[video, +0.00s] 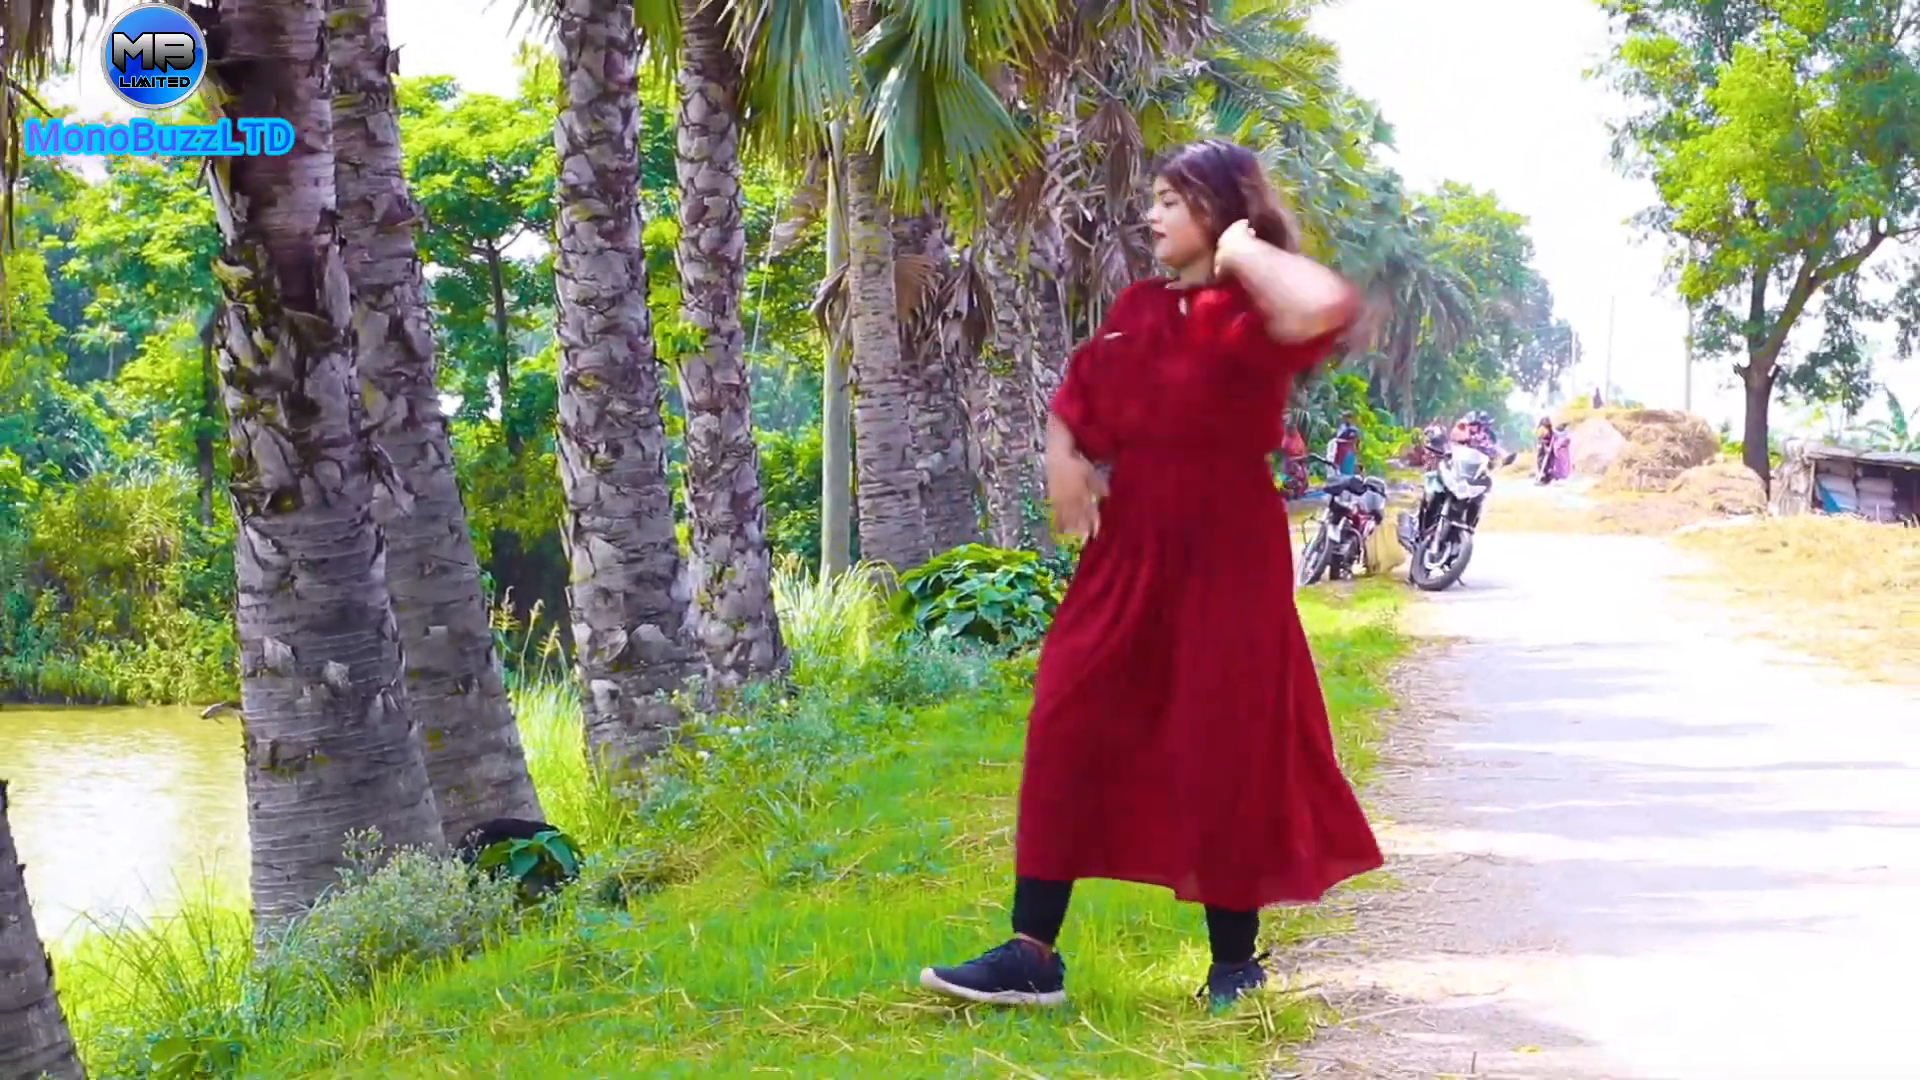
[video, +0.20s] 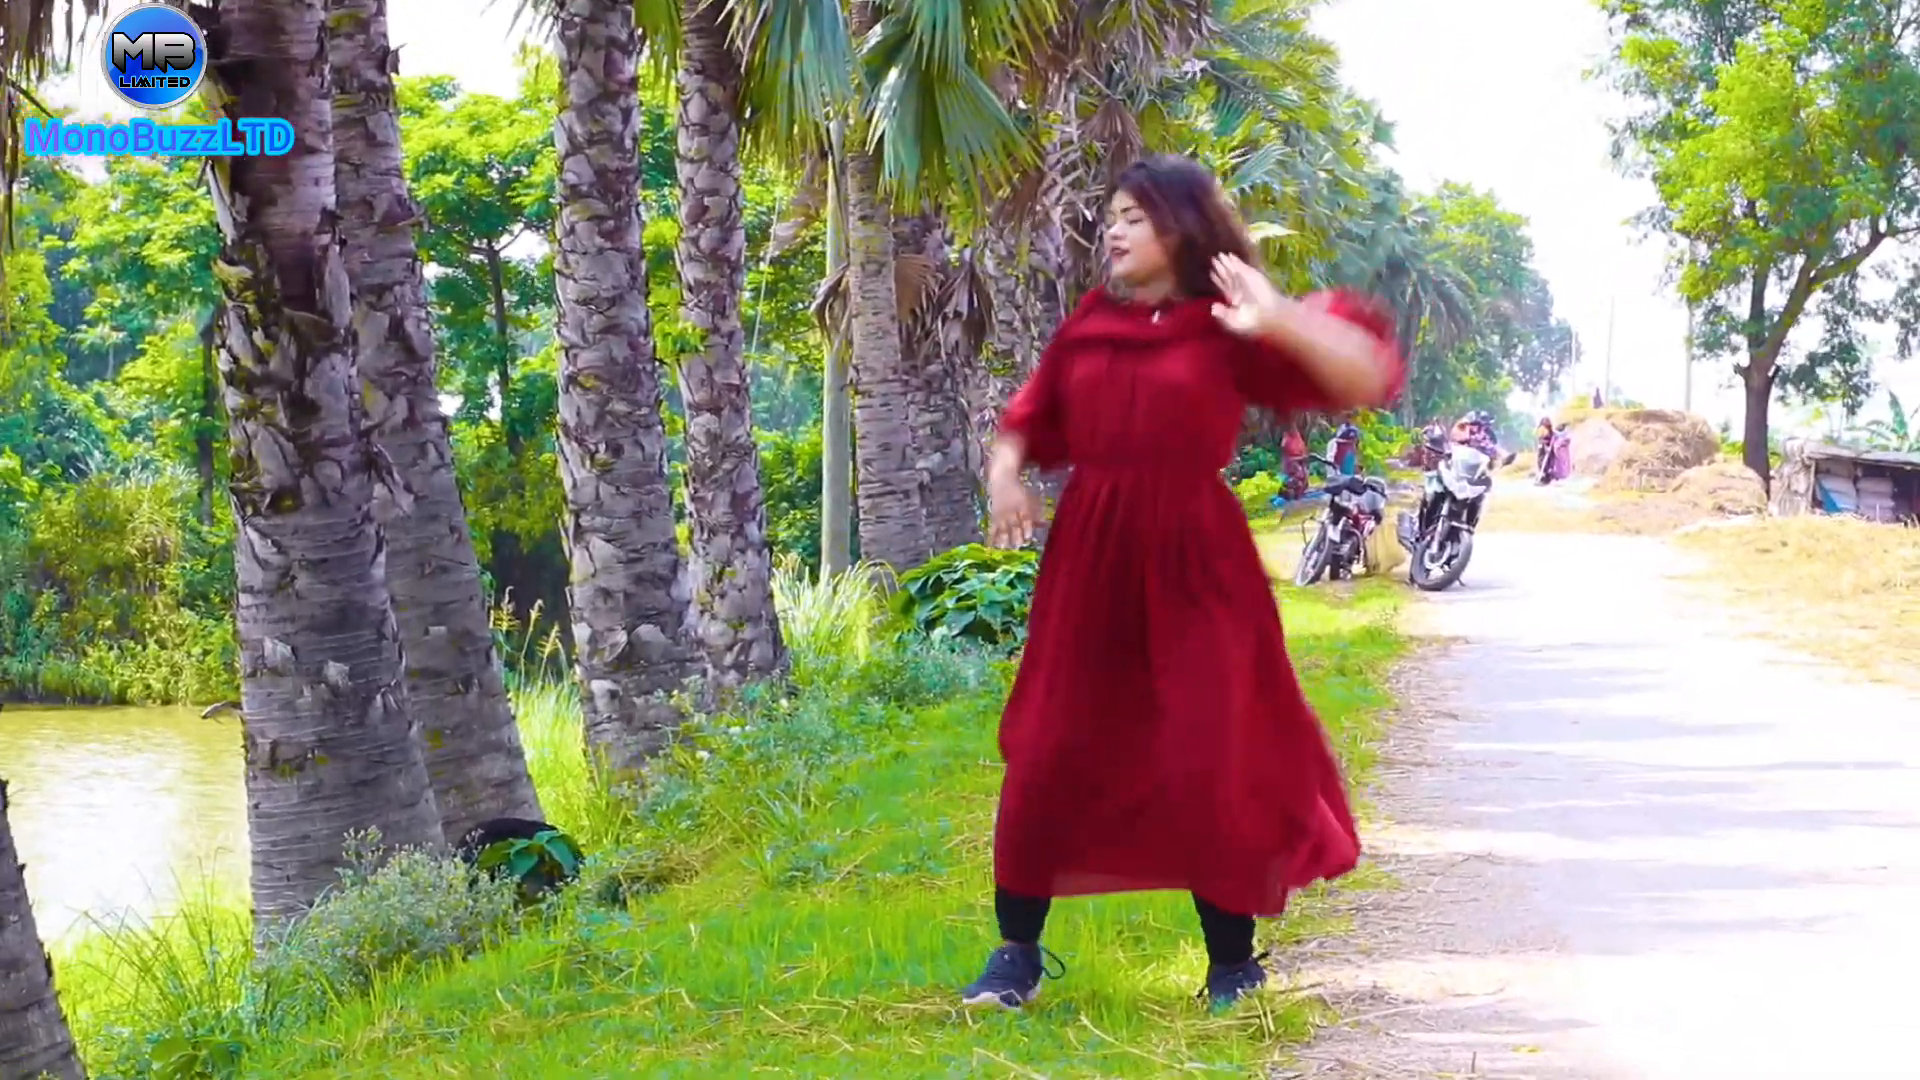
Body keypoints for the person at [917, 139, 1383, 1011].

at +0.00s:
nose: (1150, 217)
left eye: (1168, 203)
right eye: (1153, 202)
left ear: (1220, 218)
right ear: (1174, 218)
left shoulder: (1260, 305)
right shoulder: (1141, 305)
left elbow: (1326, 305)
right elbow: (1076, 392)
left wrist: (1240, 245)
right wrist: (1064, 458)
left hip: (1229, 553)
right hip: (1130, 546)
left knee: (1224, 747)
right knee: (1061, 725)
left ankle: (1233, 964)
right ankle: (1032, 947)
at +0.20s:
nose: (1111, 234)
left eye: (1132, 219)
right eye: (1110, 218)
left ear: (1185, 233)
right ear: (1112, 235)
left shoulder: (1230, 330)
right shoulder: (1084, 333)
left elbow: (1369, 376)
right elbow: (1020, 425)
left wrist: (1276, 316)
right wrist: (1004, 475)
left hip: (1194, 565)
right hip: (1089, 563)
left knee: (1209, 761)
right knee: (1038, 752)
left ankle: (1232, 967)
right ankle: (1016, 955)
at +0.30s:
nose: (1122, 229)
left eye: (1142, 218)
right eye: (1108, 216)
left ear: (1174, 240)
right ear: (1084, 237)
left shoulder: (1218, 342)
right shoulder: (1043, 342)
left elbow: (1295, 475)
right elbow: (965, 468)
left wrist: (1230, 407)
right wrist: (1044, 465)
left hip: (1184, 571)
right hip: (1069, 572)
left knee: (1205, 764)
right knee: (1032, 763)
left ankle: (1233, 974)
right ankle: (1018, 966)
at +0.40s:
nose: (1131, 239)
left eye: (1142, 231)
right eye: (1112, 225)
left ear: (1150, 254)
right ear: (1066, 238)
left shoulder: (1176, 343)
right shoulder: (1012, 332)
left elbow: (1240, 450)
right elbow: (957, 417)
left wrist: (1197, 451)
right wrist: (1065, 342)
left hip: (1153, 559)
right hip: (1043, 559)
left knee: (1189, 741)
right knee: (1028, 746)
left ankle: (1213, 941)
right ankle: (1016, 944)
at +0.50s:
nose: (1133, 215)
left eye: (1139, 203)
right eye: (1116, 198)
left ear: (1142, 220)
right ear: (1060, 206)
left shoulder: (1162, 304)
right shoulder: (1008, 295)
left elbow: (1240, 387)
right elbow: (914, 301)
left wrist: (1216, 432)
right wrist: (1016, 255)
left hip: (1149, 533)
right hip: (1039, 532)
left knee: (1197, 721)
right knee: (1029, 729)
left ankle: (1210, 941)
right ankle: (1015, 949)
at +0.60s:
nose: (1138, 200)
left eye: (1142, 185)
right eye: (1120, 182)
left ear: (1139, 198)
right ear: (1057, 190)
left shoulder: (1148, 282)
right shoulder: (999, 278)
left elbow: (1207, 362)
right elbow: (876, 259)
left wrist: (1221, 401)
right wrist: (998, 216)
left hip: (1152, 525)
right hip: (1045, 527)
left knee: (1197, 732)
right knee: (1032, 742)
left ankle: (1221, 967)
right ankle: (1017, 972)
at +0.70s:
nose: (1096, 218)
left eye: (1100, 203)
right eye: (1080, 202)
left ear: (1097, 216)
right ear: (1029, 208)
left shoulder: (1112, 295)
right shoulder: (980, 292)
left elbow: (1185, 374)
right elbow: (884, 294)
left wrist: (1173, 423)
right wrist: (1010, 246)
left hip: (1118, 517)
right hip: (1014, 520)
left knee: (1161, 720)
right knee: (1008, 724)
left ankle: (1191, 938)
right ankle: (995, 941)